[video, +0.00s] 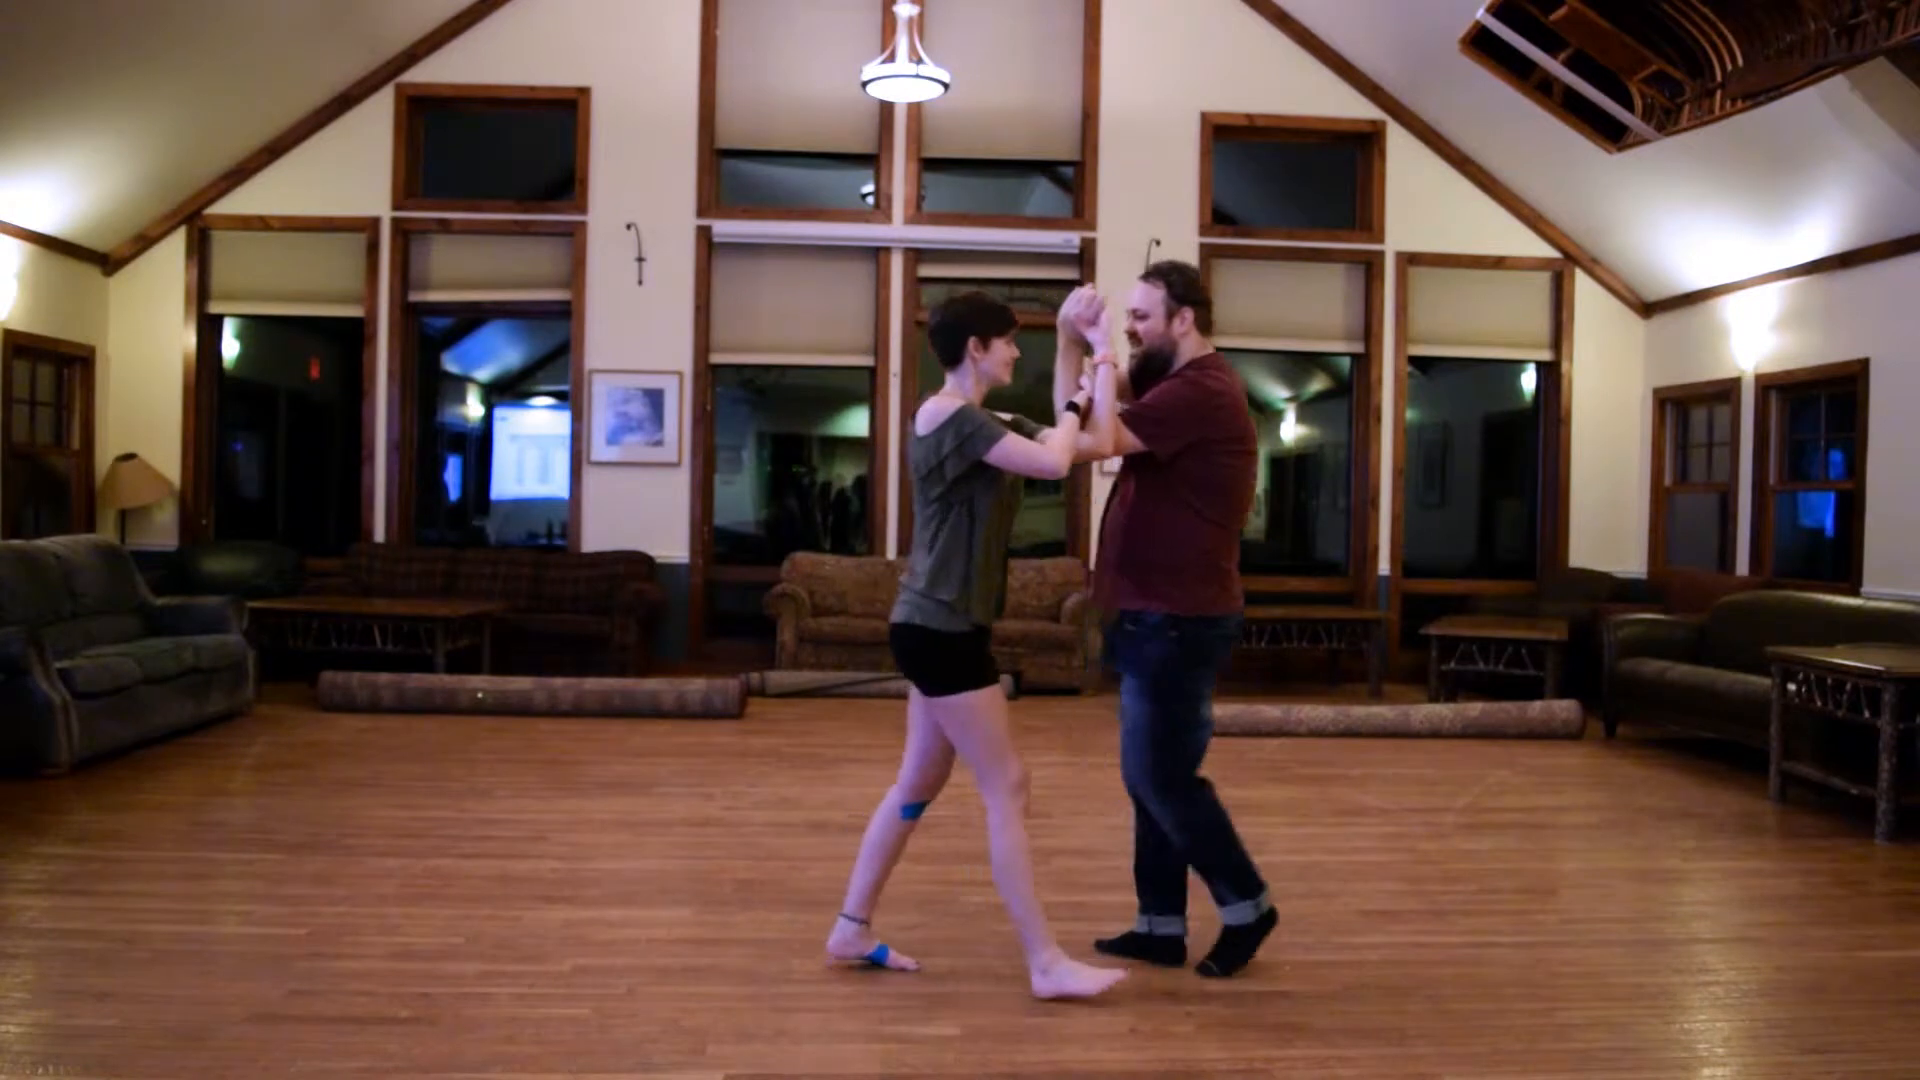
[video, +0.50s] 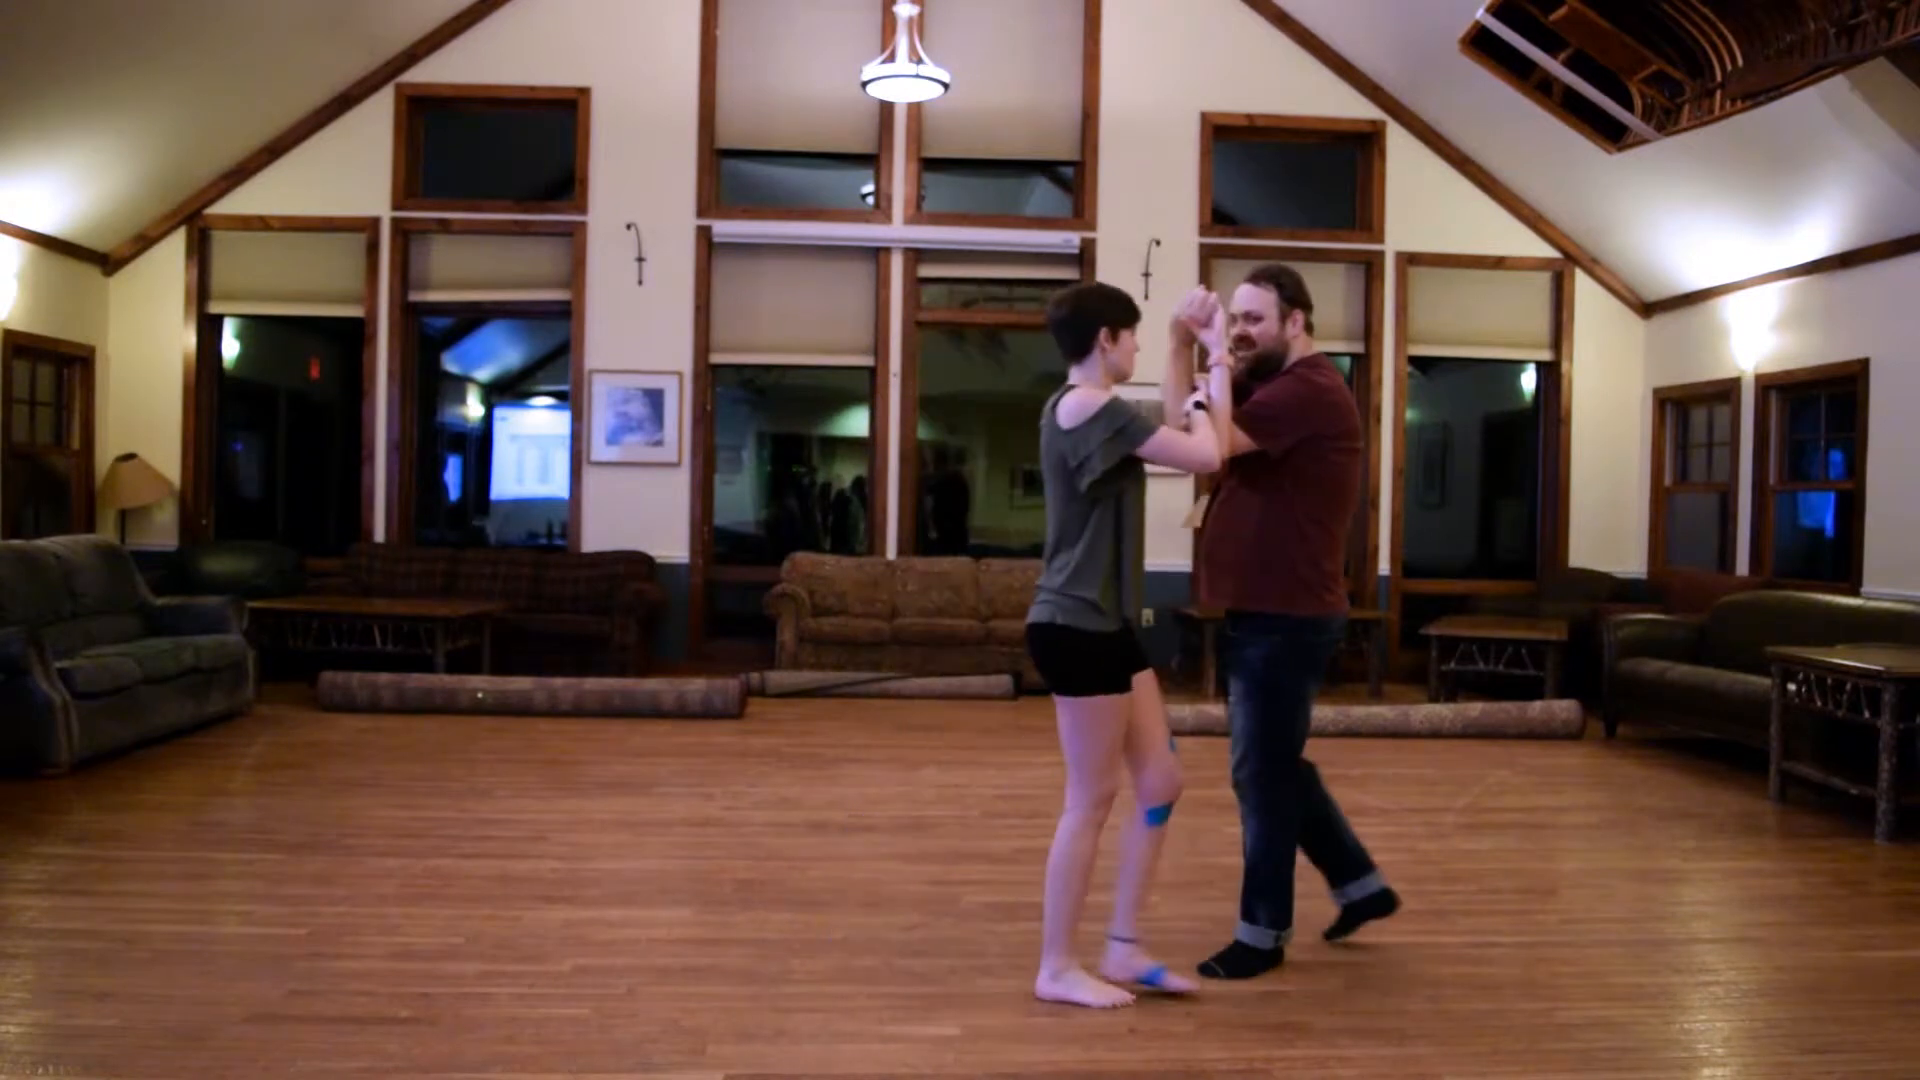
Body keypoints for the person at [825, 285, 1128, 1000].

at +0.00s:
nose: (1016, 353)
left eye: (1013, 341)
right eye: (1007, 342)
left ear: (965, 351)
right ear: (975, 349)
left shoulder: (941, 414)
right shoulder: (960, 423)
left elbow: (1055, 438)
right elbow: (1057, 460)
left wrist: (1073, 349)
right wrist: (1080, 392)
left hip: (930, 625)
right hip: (947, 633)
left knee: (915, 784)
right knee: (1005, 784)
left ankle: (850, 931)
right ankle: (1045, 963)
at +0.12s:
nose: (1044, 358)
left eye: (1043, 346)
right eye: (1038, 347)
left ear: (994, 354)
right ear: (1008, 352)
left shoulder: (974, 418)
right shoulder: (991, 425)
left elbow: (1086, 448)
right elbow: (1091, 464)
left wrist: (1100, 364)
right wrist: (1116, 384)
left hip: (972, 626)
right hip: (989, 632)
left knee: (962, 789)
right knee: (1047, 790)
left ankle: (866, 913)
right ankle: (1055, 968)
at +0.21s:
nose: (1063, 357)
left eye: (1062, 345)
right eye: (1059, 345)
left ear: (1015, 352)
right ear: (1032, 350)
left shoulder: (990, 418)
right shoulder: (1015, 425)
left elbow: (1102, 448)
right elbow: (1123, 462)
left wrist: (1111, 363)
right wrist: (1145, 372)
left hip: (999, 623)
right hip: (1020, 629)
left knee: (1020, 797)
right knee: (1067, 791)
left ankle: (902, 890)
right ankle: (1056, 969)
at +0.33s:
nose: (1098, 350)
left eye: (1095, 338)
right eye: (1092, 338)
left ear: (1048, 348)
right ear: (1065, 346)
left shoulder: (1036, 412)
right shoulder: (1047, 421)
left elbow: (1134, 436)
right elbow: (1158, 461)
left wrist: (1142, 351)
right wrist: (1179, 371)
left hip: (1061, 625)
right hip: (1046, 630)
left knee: (1112, 791)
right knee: (1084, 798)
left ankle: (982, 886)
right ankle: (1057, 971)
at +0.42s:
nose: (1118, 349)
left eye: (1117, 337)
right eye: (1113, 337)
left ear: (1066, 347)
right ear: (1086, 344)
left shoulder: (1053, 410)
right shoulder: (1071, 419)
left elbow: (1161, 438)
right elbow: (1187, 454)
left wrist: (1165, 356)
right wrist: (1198, 371)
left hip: (1084, 625)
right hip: (1064, 631)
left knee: (1142, 788)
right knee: (1090, 801)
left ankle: (1045, 913)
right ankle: (1055, 970)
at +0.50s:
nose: (1137, 347)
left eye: (1136, 335)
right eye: (1133, 335)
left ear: (1084, 344)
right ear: (1108, 341)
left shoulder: (1072, 408)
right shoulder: (1097, 414)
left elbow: (1178, 443)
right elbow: (1209, 452)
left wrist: (1185, 364)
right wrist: (1217, 374)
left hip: (1107, 623)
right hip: (1078, 627)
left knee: (1158, 784)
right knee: (1091, 797)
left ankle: (1123, 950)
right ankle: (1056, 970)